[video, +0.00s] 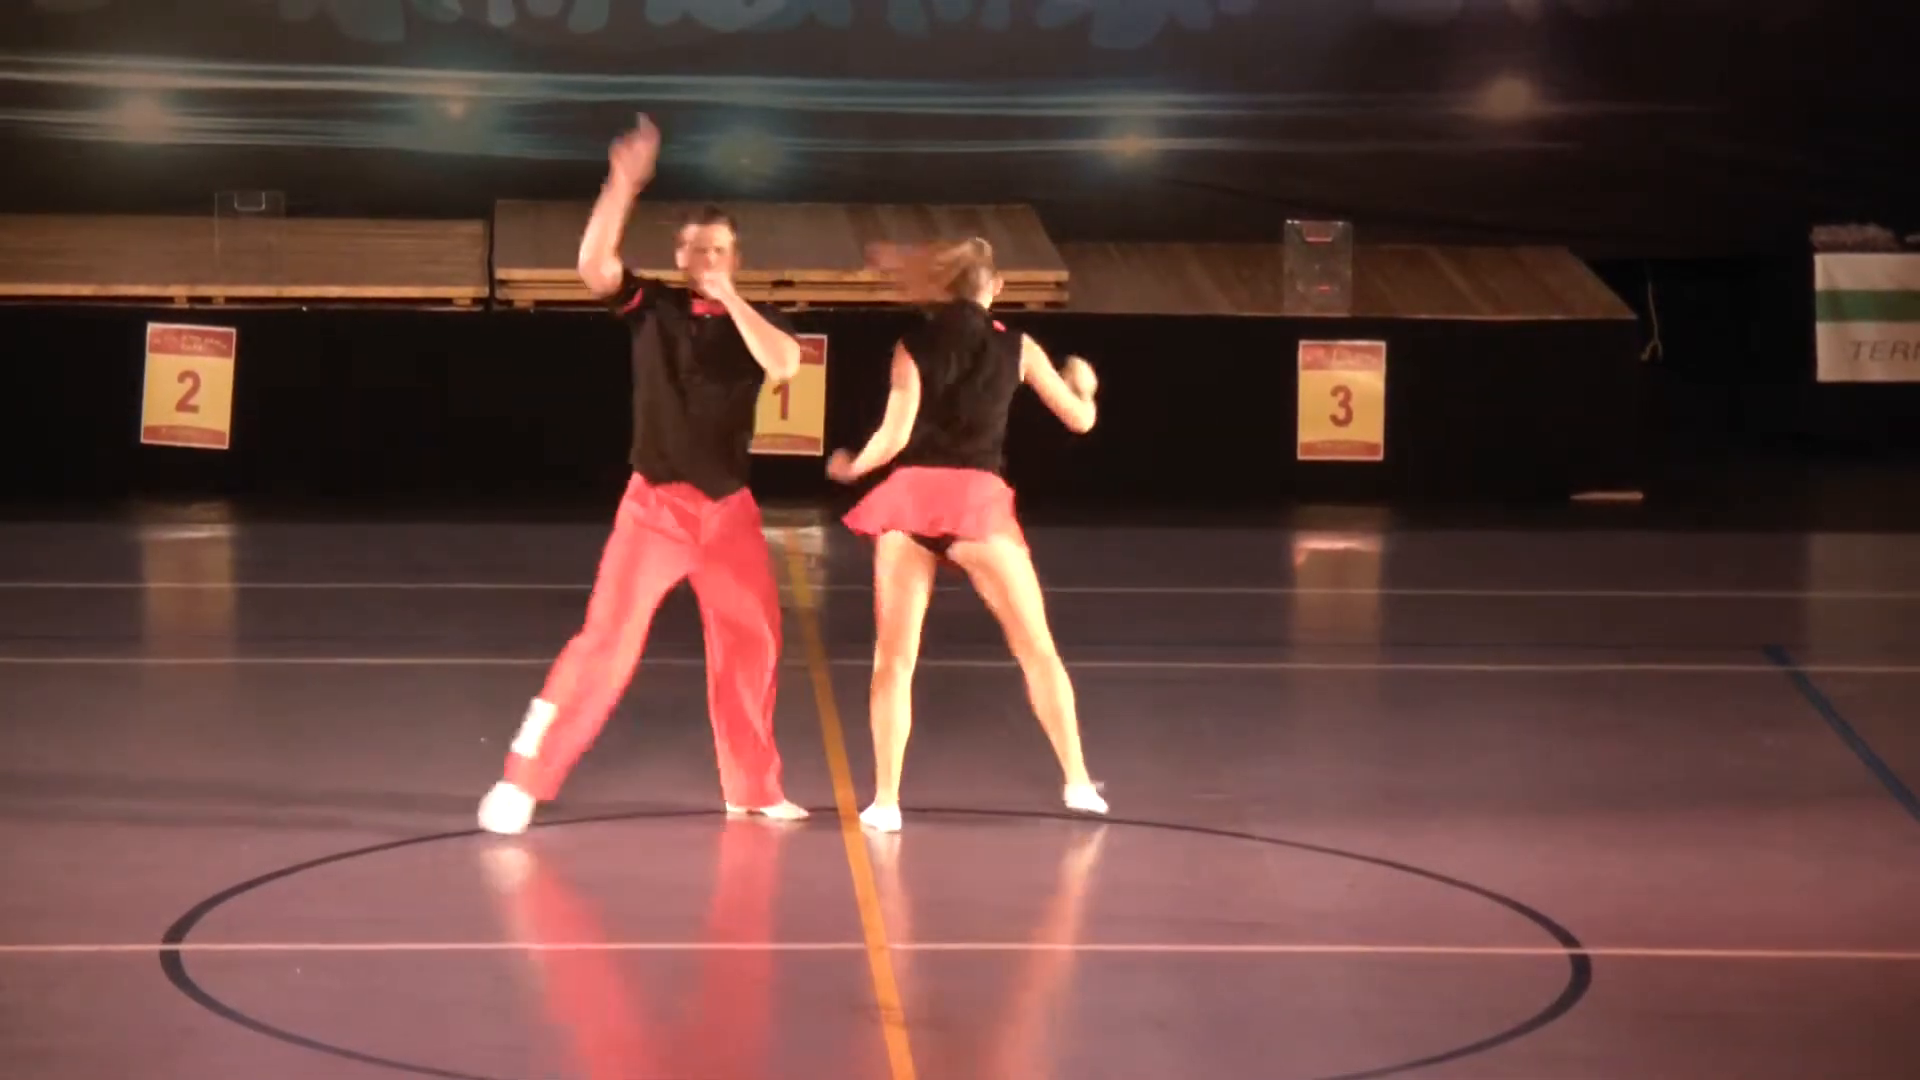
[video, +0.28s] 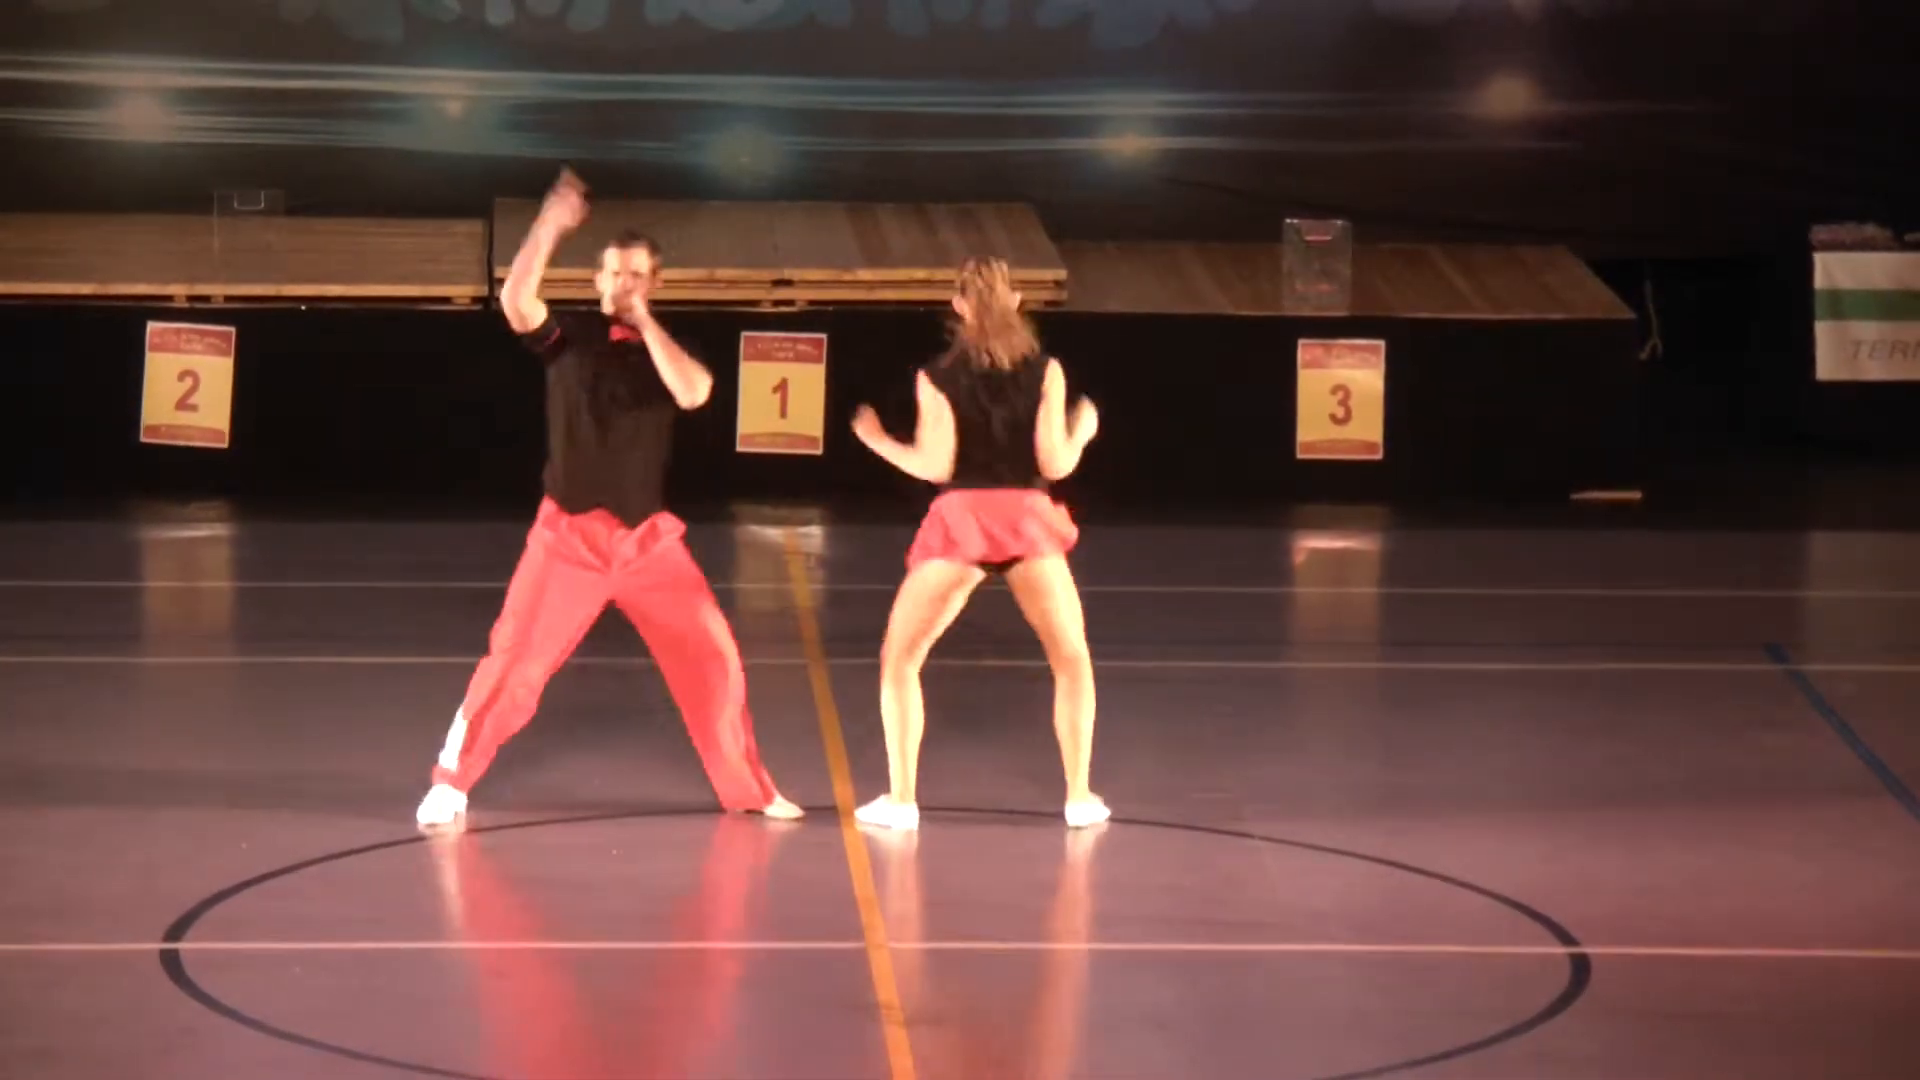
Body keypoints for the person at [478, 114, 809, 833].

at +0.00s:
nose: (707, 257)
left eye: (717, 248)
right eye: (697, 248)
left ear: (735, 260)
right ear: (679, 256)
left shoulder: (756, 324)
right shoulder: (649, 306)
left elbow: (784, 364)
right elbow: (595, 265)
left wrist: (727, 294)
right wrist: (623, 183)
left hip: (730, 514)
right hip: (654, 507)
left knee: (752, 649)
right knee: (606, 644)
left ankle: (755, 792)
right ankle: (522, 784)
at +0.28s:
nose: (622, 283)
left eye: (635, 274)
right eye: (614, 271)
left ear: (653, 284)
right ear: (595, 277)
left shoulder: (669, 353)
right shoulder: (565, 341)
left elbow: (694, 393)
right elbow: (518, 300)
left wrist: (644, 320)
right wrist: (547, 227)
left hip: (650, 543)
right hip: (566, 540)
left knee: (714, 656)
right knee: (514, 661)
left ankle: (748, 791)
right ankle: (450, 786)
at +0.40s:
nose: (595, 287)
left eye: (606, 279)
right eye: (586, 277)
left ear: (624, 289)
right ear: (568, 285)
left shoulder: (638, 354)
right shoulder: (539, 342)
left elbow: (666, 400)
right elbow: (491, 325)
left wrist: (613, 331)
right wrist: (520, 242)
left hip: (631, 545)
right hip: (546, 545)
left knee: (702, 655)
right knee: (497, 666)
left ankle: (744, 784)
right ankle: (453, 789)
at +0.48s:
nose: (576, 291)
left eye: (588, 281)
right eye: (568, 280)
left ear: (607, 290)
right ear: (551, 286)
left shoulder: (621, 354)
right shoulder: (525, 346)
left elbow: (649, 402)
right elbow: (477, 348)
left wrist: (596, 328)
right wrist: (506, 291)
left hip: (622, 544)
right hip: (540, 545)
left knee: (696, 656)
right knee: (493, 670)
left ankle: (744, 786)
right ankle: (453, 795)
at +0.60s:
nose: (558, 295)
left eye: (569, 285)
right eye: (549, 284)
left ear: (586, 296)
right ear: (532, 291)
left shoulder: (600, 358)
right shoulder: (509, 355)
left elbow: (635, 402)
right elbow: (482, 377)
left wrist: (577, 337)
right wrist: (485, 285)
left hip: (618, 547)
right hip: (536, 551)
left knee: (692, 656)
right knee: (489, 673)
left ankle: (748, 786)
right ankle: (456, 796)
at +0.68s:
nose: (546, 296)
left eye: (557, 286)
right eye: (537, 286)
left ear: (577, 295)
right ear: (520, 294)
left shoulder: (595, 358)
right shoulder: (499, 357)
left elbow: (629, 400)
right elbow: (478, 392)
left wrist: (569, 338)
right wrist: (479, 308)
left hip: (616, 548)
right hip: (533, 554)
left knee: (692, 658)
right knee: (489, 676)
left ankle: (751, 786)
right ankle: (457, 796)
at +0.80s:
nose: (528, 302)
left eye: (539, 291)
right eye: (518, 291)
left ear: (560, 300)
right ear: (502, 300)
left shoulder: (583, 358)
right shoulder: (488, 368)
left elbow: (619, 398)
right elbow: (489, 424)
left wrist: (552, 340)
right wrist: (463, 347)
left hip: (615, 548)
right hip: (533, 557)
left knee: (694, 658)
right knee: (487, 680)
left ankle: (752, 788)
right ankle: (459, 797)